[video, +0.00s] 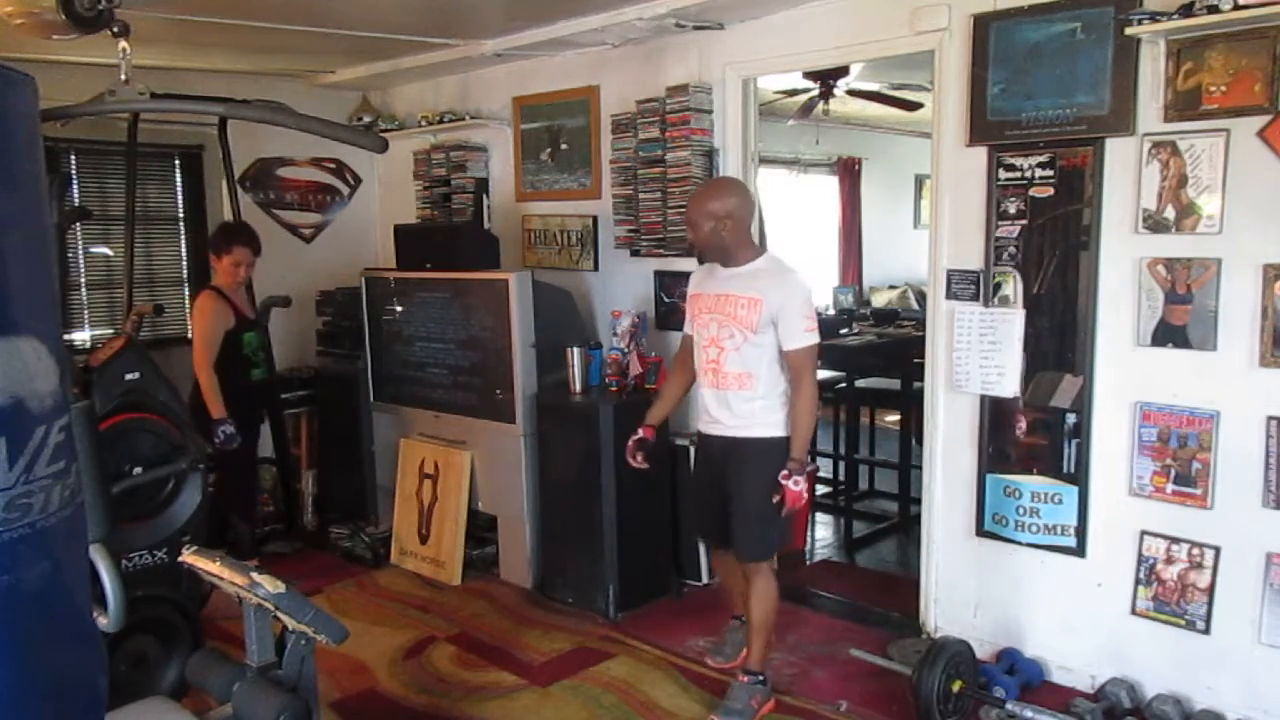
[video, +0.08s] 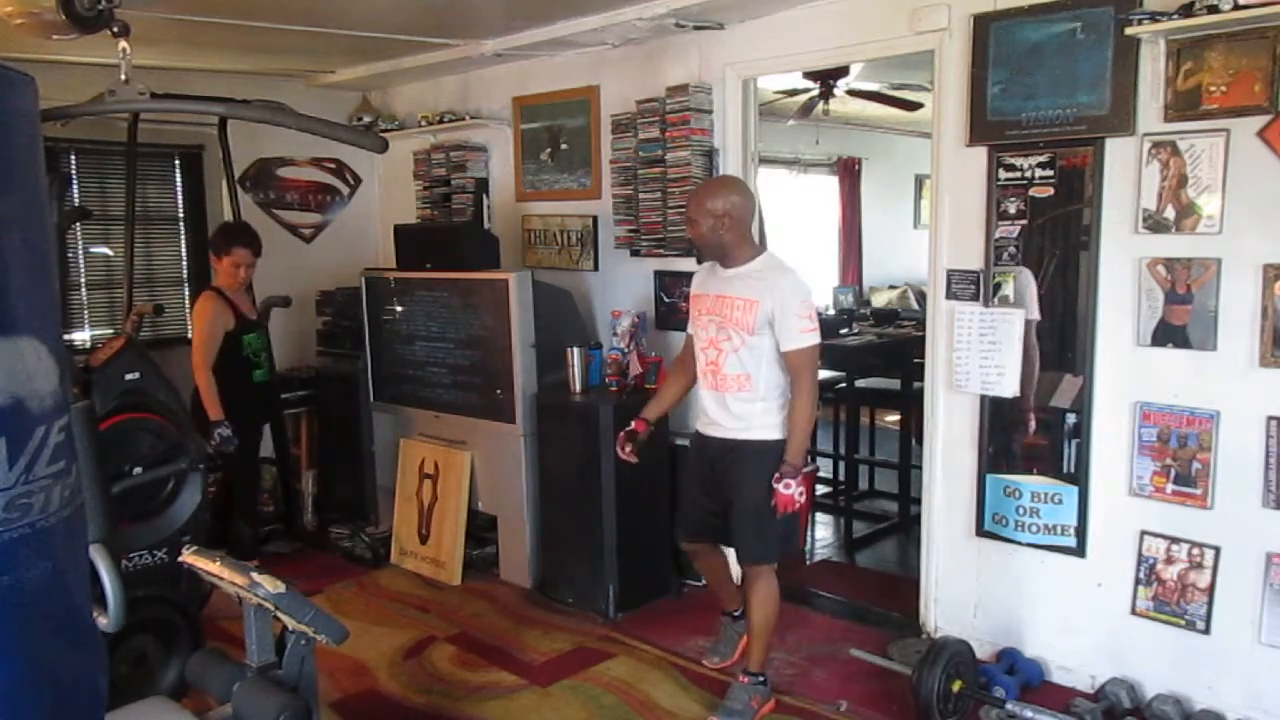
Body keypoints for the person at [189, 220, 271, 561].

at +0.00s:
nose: (244, 273)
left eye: (249, 265)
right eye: (236, 265)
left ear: (255, 262)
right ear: (215, 262)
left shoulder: (243, 292)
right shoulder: (210, 303)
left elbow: (246, 350)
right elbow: (202, 365)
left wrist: (262, 391)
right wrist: (221, 418)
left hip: (247, 402)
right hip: (225, 407)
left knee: (244, 480)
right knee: (232, 484)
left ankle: (243, 548)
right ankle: (230, 552)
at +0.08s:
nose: (244, 273)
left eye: (250, 266)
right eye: (237, 265)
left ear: (255, 263)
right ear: (216, 261)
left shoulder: (244, 294)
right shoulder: (211, 304)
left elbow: (246, 346)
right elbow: (201, 367)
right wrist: (218, 421)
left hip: (251, 405)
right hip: (229, 411)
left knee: (247, 482)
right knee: (236, 486)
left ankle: (246, 548)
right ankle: (233, 553)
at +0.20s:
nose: (244, 274)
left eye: (249, 267)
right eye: (236, 266)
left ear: (256, 263)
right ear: (216, 262)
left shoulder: (248, 294)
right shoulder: (212, 306)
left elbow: (254, 351)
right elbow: (199, 369)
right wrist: (213, 424)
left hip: (259, 406)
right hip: (234, 411)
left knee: (252, 483)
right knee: (240, 487)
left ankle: (250, 548)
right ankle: (238, 553)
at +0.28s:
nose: (241, 274)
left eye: (248, 266)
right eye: (232, 266)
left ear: (257, 263)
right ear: (215, 262)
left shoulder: (253, 298)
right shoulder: (211, 306)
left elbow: (260, 354)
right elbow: (197, 370)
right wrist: (210, 425)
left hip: (264, 406)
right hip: (235, 412)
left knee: (260, 477)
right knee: (243, 485)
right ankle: (239, 548)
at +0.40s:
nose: (239, 275)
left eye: (247, 267)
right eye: (231, 267)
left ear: (256, 263)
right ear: (214, 263)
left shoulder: (260, 300)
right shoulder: (211, 307)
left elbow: (268, 354)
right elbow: (194, 370)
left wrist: (281, 395)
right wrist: (206, 426)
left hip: (267, 410)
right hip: (232, 416)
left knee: (277, 480)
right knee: (239, 490)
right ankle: (241, 553)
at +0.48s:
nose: (237, 276)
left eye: (245, 267)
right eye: (229, 268)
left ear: (258, 263)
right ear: (214, 264)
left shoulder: (264, 300)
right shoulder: (210, 308)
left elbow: (278, 357)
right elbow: (194, 373)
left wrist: (306, 399)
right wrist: (204, 429)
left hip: (270, 412)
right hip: (232, 417)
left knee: (289, 480)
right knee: (240, 492)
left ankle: (274, 547)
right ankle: (240, 558)